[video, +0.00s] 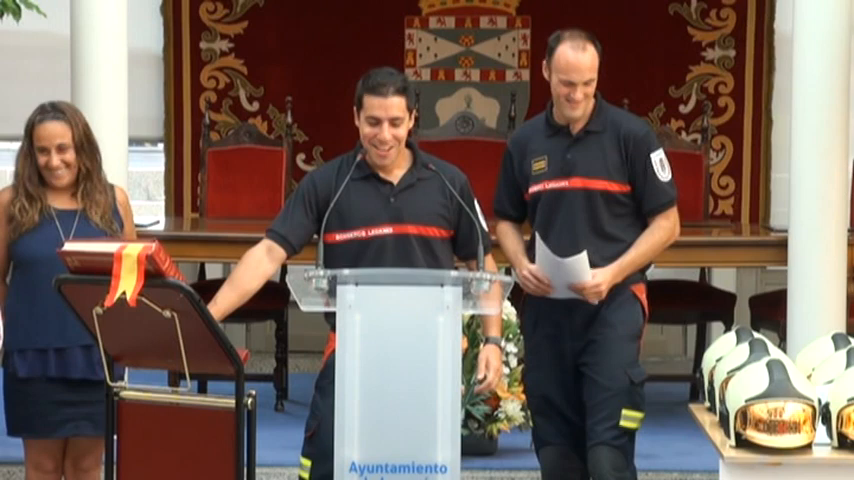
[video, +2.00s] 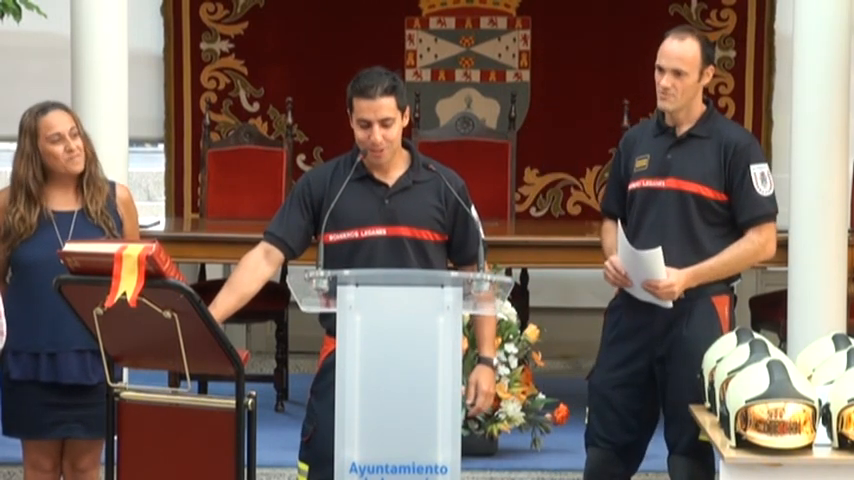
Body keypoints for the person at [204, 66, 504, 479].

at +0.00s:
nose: (384, 135)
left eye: (395, 122)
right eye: (373, 122)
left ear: (412, 120)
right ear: (357, 119)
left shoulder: (449, 183)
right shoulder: (326, 182)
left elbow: (483, 266)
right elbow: (269, 253)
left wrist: (492, 341)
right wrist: (207, 318)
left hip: (430, 351)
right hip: (353, 351)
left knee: (427, 467)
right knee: (323, 466)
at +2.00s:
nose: (375, 137)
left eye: (386, 123)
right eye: (364, 125)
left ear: (406, 119)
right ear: (350, 122)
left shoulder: (445, 188)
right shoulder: (321, 184)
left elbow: (477, 279)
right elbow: (266, 255)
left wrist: (486, 361)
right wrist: (207, 322)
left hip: (426, 355)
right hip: (346, 354)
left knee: (424, 469)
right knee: (323, 466)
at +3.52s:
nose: (379, 139)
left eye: (389, 125)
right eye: (368, 126)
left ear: (408, 119)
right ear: (352, 123)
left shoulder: (447, 188)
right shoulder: (322, 185)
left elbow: (477, 281)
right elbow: (267, 255)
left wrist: (485, 363)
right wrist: (207, 322)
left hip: (428, 353)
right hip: (348, 352)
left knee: (429, 468)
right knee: (330, 464)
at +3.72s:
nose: (378, 139)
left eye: (389, 126)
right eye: (367, 127)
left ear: (408, 119)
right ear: (352, 122)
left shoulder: (447, 188)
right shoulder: (323, 184)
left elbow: (475, 281)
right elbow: (267, 255)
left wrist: (483, 363)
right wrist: (207, 322)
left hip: (428, 352)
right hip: (348, 351)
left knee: (429, 469)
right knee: (330, 465)